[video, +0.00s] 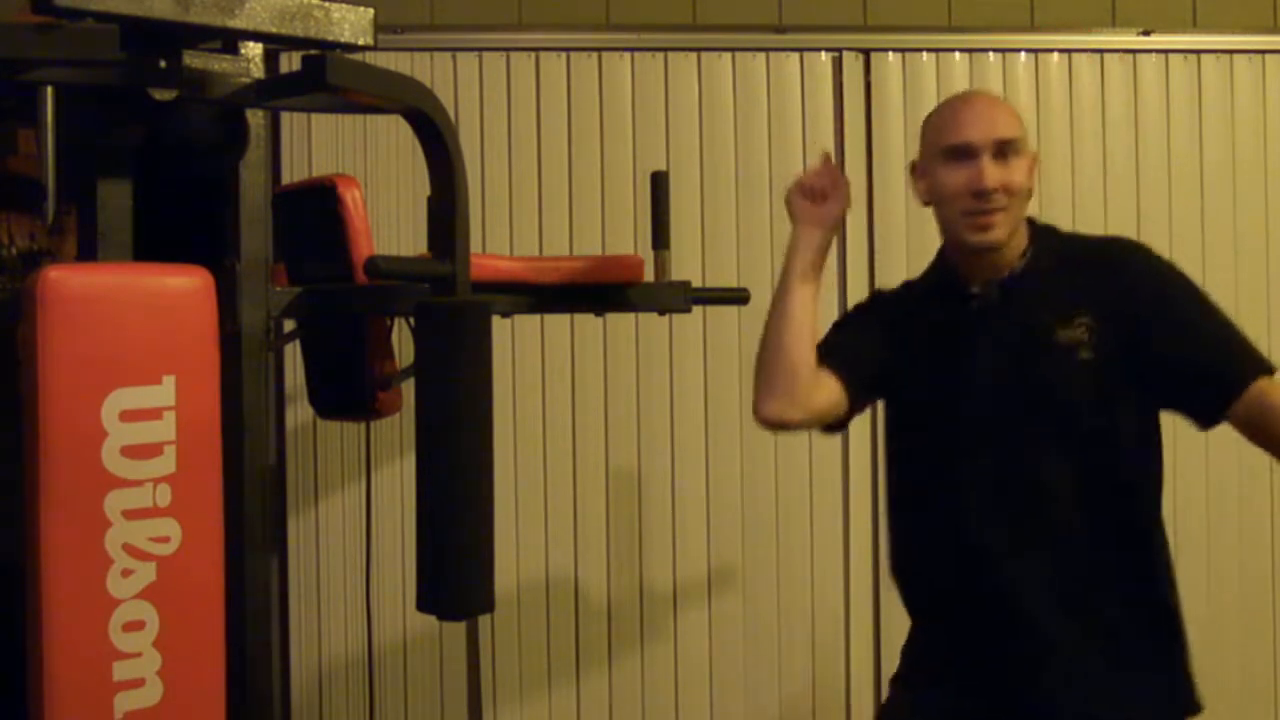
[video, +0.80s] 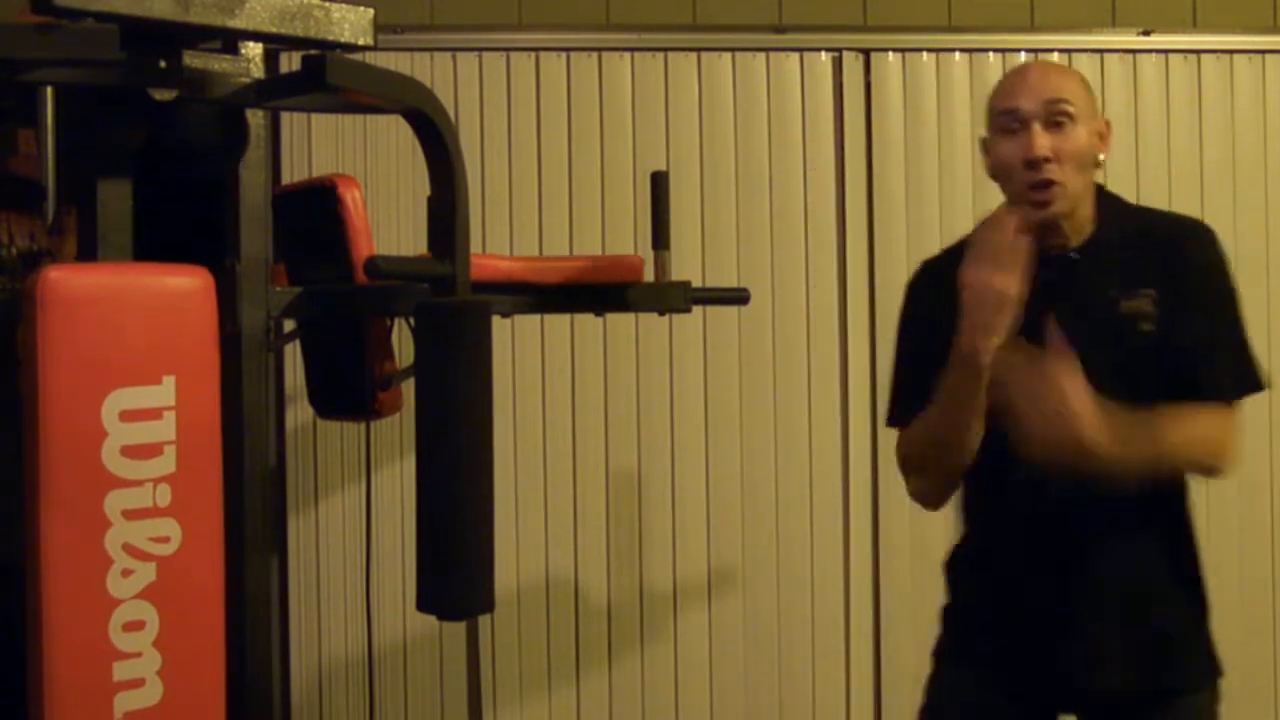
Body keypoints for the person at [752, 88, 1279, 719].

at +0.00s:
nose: (986, 178)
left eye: (1003, 155)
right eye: (959, 159)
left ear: (1031, 170)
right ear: (921, 182)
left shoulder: (1120, 280)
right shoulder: (897, 322)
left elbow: (1262, 406)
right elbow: (782, 404)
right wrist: (811, 236)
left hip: (1120, 673)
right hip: (955, 678)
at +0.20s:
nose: (979, 116)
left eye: (997, 92)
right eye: (953, 96)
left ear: (1025, 111)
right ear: (916, 126)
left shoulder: (1094, 229)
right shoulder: (871, 260)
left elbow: (1187, 358)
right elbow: (801, 432)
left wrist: (1215, 503)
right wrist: (874, 279)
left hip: (1072, 607)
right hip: (921, 613)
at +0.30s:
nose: (988, 117)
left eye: (1007, 95)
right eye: (961, 99)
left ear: (1038, 121)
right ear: (929, 133)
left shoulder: (1092, 235)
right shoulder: (866, 270)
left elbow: (1149, 373)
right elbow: (790, 439)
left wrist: (1030, 403)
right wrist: (928, 393)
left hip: (1063, 619)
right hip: (909, 626)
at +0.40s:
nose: (974, 122)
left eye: (997, 101)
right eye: (950, 104)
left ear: (1035, 130)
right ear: (924, 137)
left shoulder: (1091, 249)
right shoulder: (859, 272)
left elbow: (1126, 411)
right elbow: (778, 440)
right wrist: (924, 370)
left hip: (1056, 625)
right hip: (904, 626)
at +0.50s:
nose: (963, 127)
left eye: (987, 107)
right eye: (940, 110)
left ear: (1026, 134)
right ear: (915, 143)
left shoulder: (1092, 258)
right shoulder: (858, 276)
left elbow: (1144, 434)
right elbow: (772, 437)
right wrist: (872, 297)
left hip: (1057, 640)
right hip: (903, 641)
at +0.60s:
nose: (975, 131)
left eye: (997, 108)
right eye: (952, 113)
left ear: (1036, 132)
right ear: (924, 147)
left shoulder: (1111, 261)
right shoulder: (885, 276)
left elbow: (1161, 445)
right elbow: (802, 444)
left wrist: (1131, 595)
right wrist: (838, 269)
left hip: (1076, 645)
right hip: (921, 645)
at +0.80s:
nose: (1036, 147)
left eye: (1058, 121)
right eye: (1011, 127)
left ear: (1101, 141)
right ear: (989, 155)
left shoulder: (1178, 251)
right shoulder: (946, 282)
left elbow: (1214, 441)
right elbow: (925, 484)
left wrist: (1101, 429)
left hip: (1145, 624)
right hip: (997, 629)